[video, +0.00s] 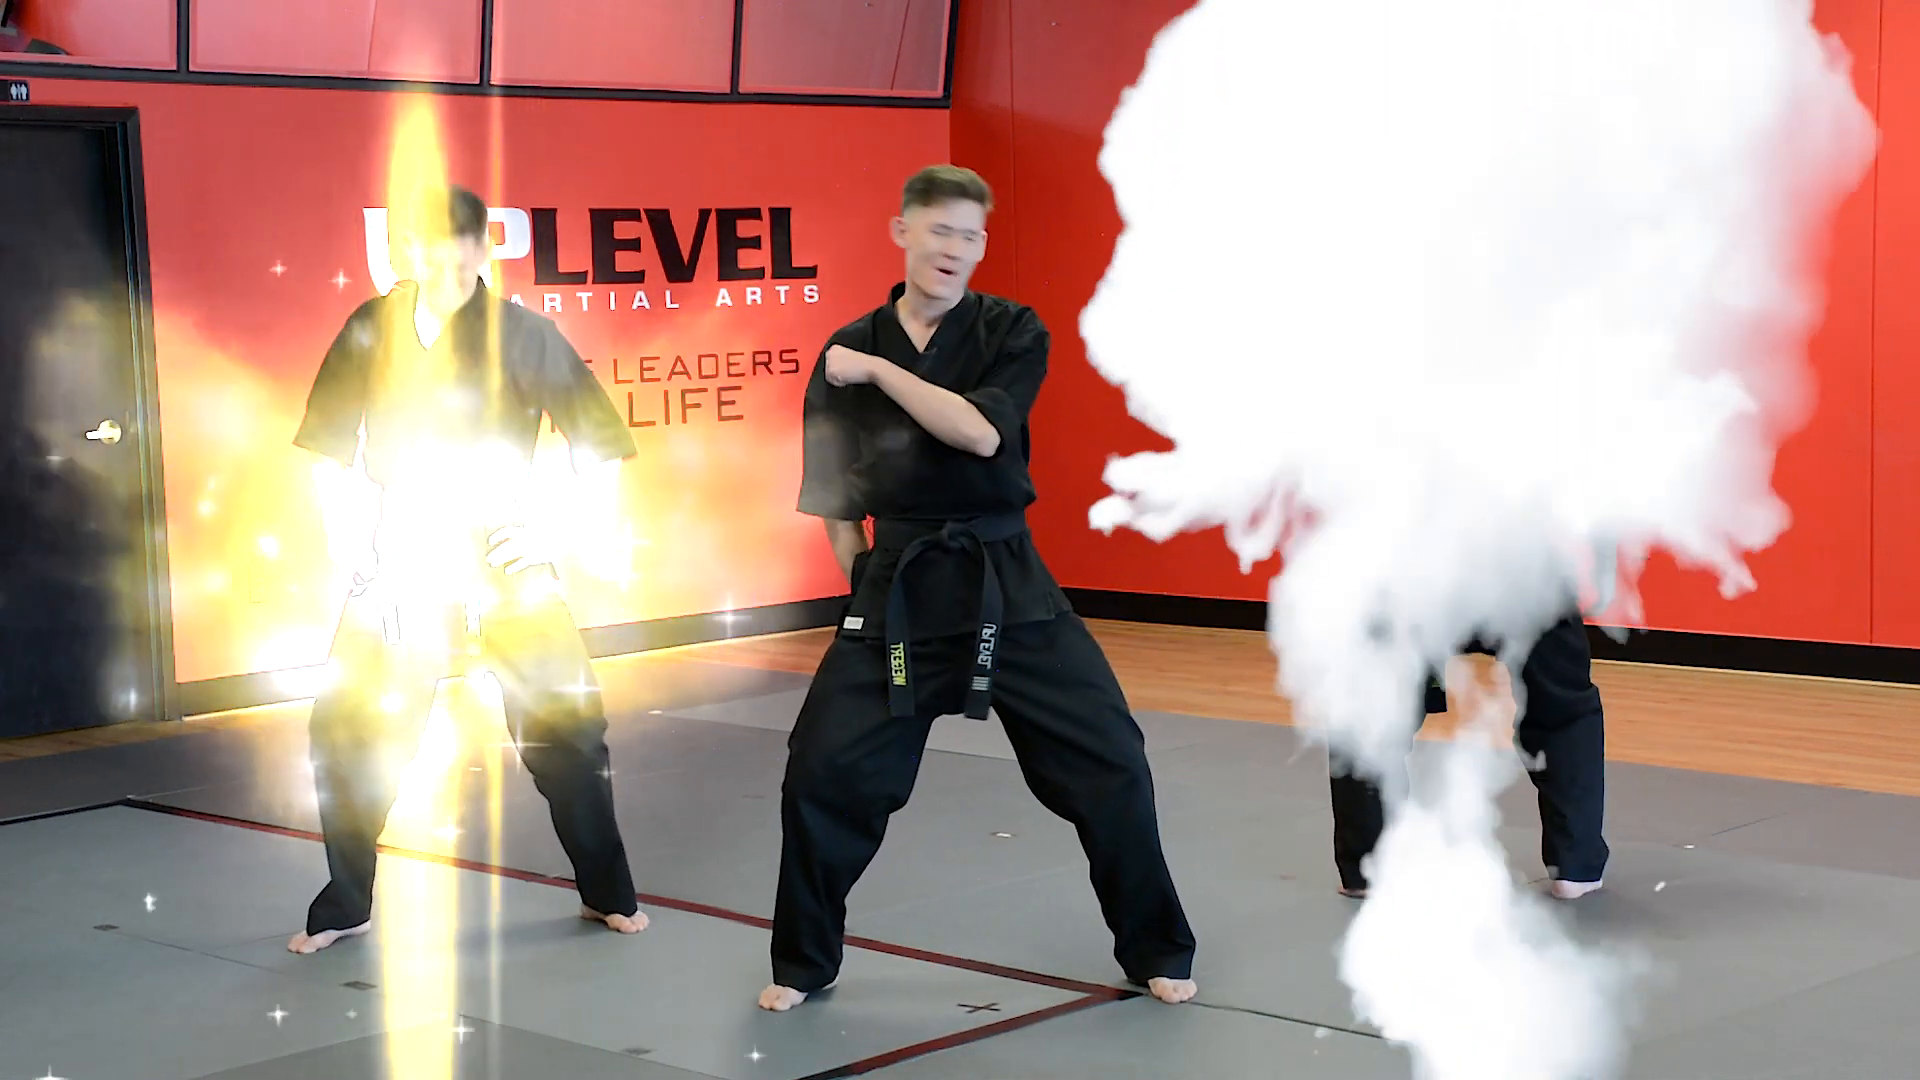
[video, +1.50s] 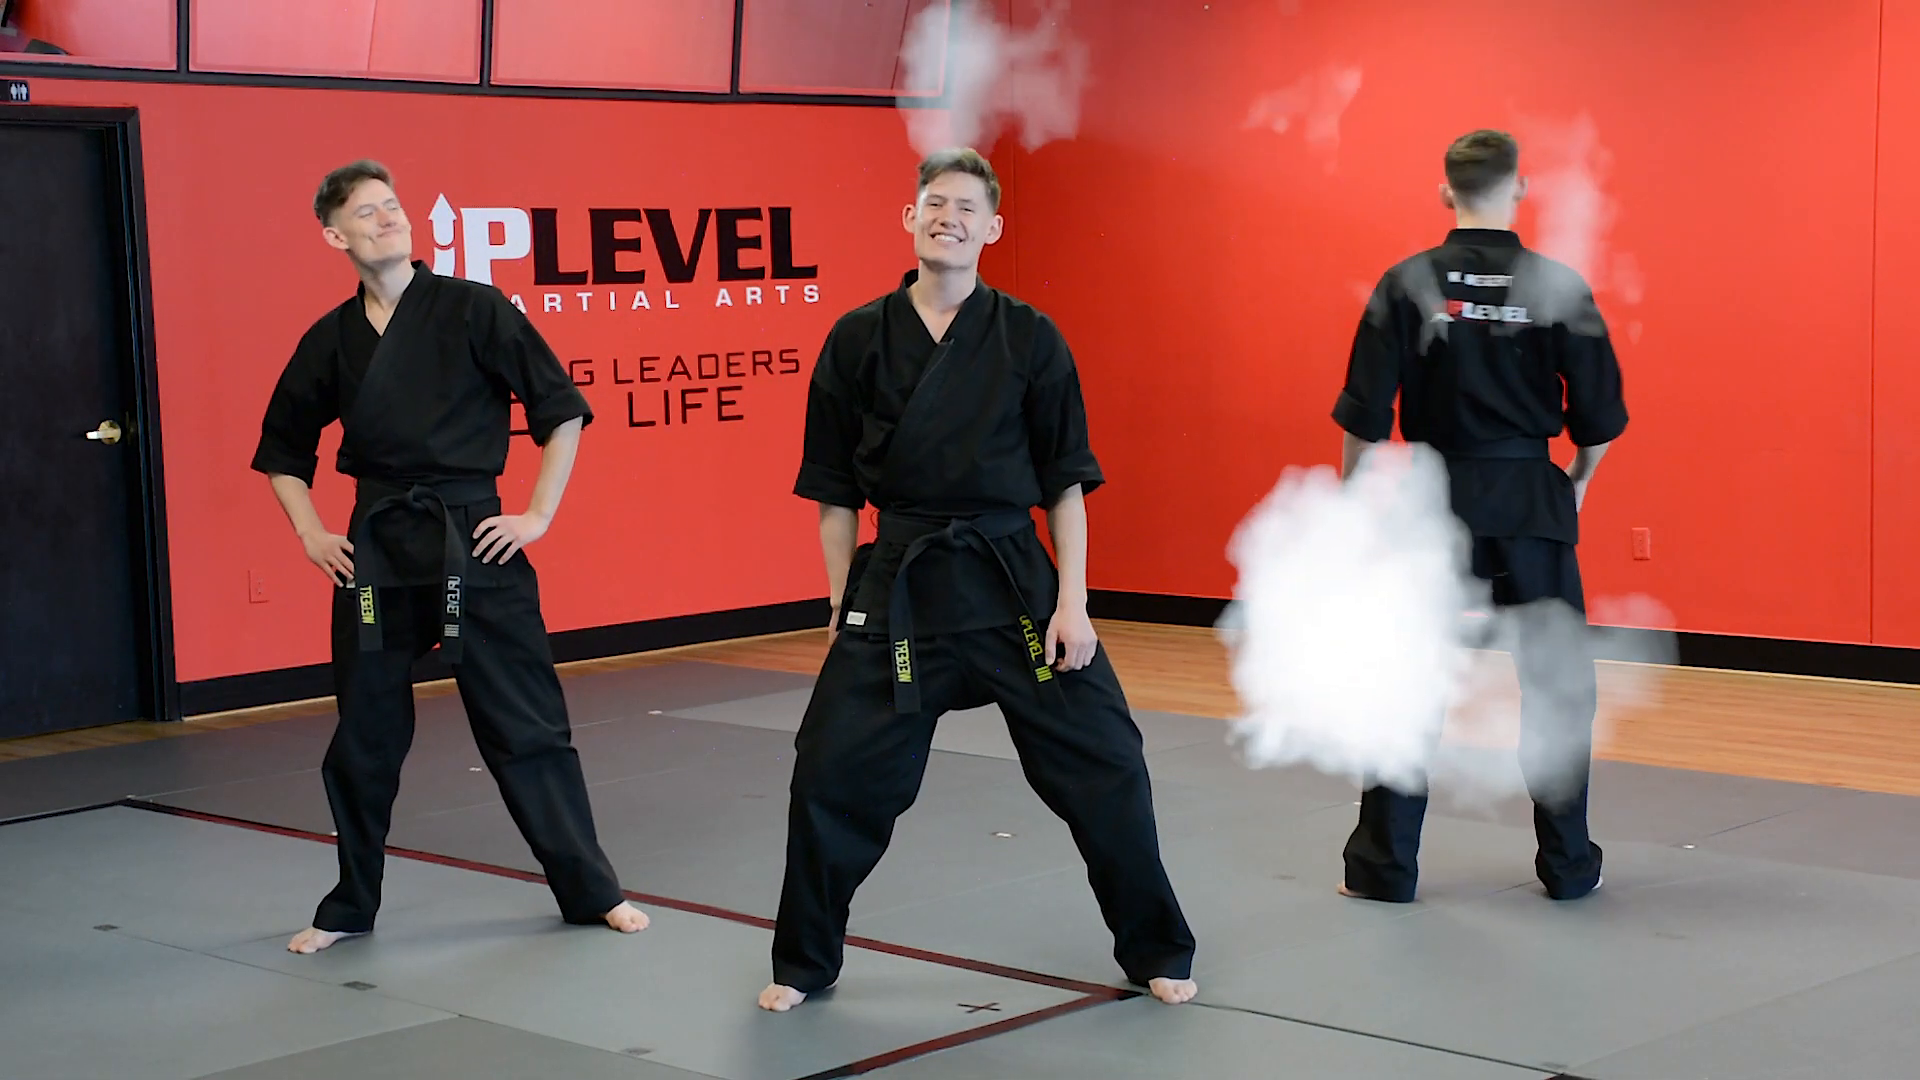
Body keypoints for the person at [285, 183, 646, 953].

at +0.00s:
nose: (422, 264)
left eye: (441, 246)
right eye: (412, 246)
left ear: (478, 248)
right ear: (398, 250)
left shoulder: (523, 337)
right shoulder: (367, 333)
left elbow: (602, 447)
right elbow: (326, 458)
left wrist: (554, 533)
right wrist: (349, 563)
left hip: (509, 564)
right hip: (400, 568)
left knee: (565, 719)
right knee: (345, 720)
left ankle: (608, 886)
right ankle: (347, 894)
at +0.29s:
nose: (427, 216)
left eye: (442, 206)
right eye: (414, 204)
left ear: (466, 222)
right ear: (390, 217)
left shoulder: (510, 313)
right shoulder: (358, 323)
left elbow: (593, 419)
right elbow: (308, 431)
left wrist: (553, 519)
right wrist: (329, 526)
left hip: (497, 545)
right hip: (394, 550)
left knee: (552, 727)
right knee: (366, 736)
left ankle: (600, 888)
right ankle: (350, 903)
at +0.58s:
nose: (413, 200)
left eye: (425, 193)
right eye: (396, 192)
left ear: (446, 222)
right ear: (369, 219)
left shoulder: (496, 309)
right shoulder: (344, 327)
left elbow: (579, 416)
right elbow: (293, 439)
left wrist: (544, 518)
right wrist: (318, 527)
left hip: (486, 542)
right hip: (385, 548)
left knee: (532, 727)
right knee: (366, 739)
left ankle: (593, 892)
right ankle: (350, 906)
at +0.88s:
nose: (400, 222)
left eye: (409, 209)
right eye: (383, 212)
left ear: (428, 220)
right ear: (355, 227)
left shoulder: (486, 311)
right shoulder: (336, 332)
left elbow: (572, 413)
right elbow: (283, 443)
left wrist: (541, 517)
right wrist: (314, 533)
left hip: (481, 540)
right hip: (381, 548)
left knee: (530, 725)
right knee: (365, 738)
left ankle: (592, 892)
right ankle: (351, 905)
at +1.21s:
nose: (395, 225)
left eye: (403, 211)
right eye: (377, 217)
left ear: (420, 220)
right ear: (346, 233)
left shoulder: (480, 310)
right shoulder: (333, 335)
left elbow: (567, 412)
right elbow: (283, 444)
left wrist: (538, 518)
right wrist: (311, 532)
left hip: (477, 540)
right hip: (378, 547)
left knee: (529, 726)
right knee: (361, 740)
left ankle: (592, 892)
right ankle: (351, 904)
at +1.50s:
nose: (387, 217)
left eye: (392, 204)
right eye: (366, 212)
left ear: (410, 218)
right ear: (337, 239)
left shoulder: (476, 309)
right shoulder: (331, 340)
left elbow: (564, 409)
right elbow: (281, 447)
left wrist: (538, 516)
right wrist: (311, 533)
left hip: (476, 538)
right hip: (378, 546)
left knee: (529, 725)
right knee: (362, 740)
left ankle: (592, 892)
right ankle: (352, 904)